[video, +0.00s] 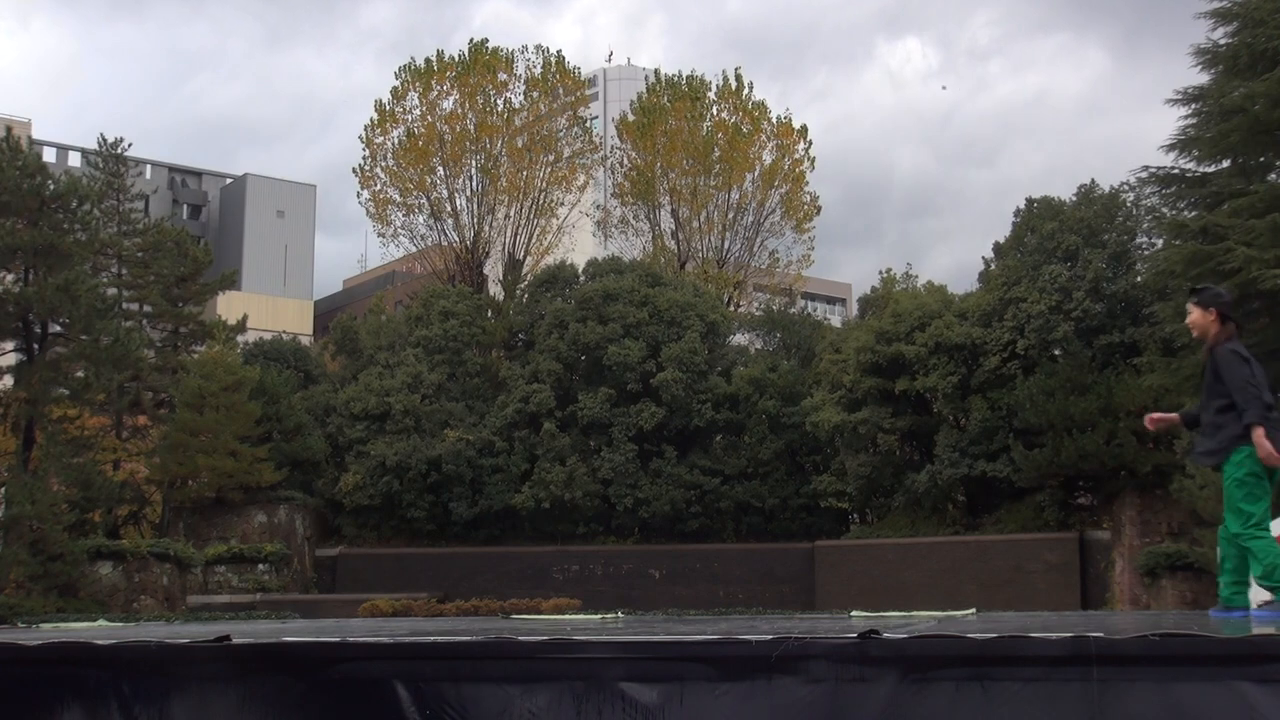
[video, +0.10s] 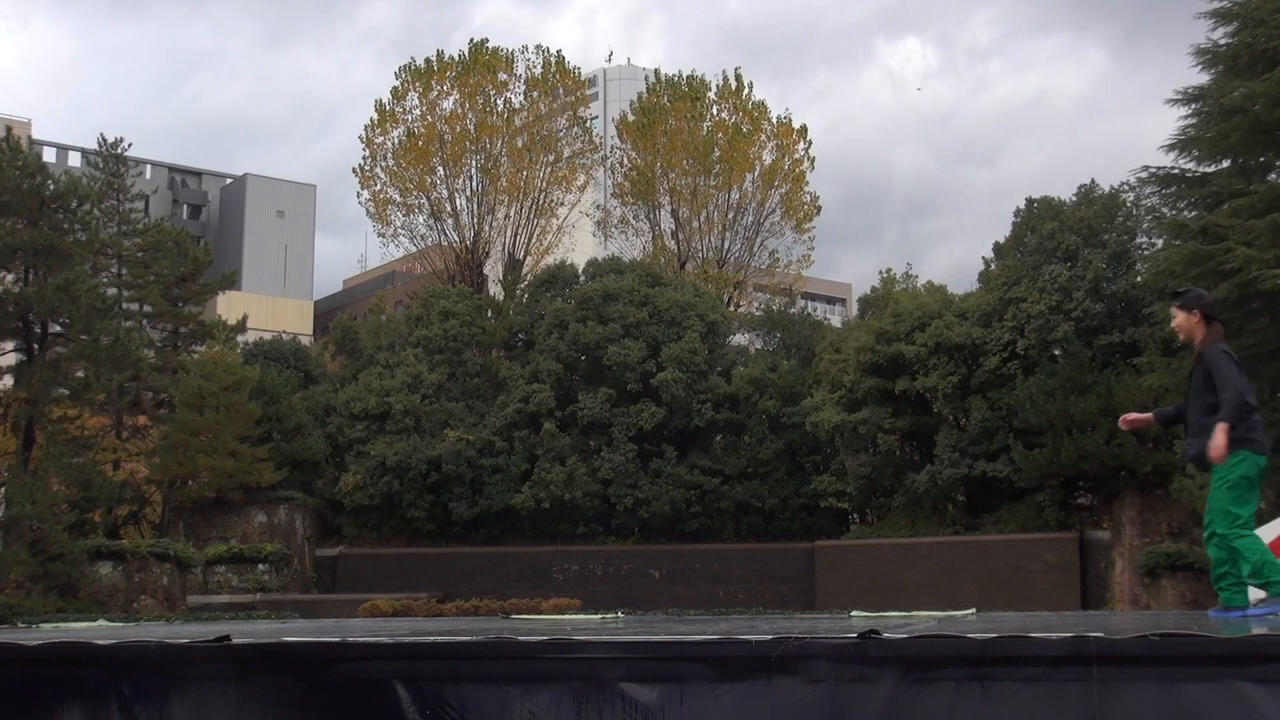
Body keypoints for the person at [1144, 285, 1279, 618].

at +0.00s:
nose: (1187, 321)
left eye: (1191, 313)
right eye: (1187, 314)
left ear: (1212, 314)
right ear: (1212, 316)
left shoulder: (1227, 352)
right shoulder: (1219, 354)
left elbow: (1249, 394)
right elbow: (1213, 411)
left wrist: (1258, 437)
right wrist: (1173, 419)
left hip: (1247, 450)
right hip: (1243, 450)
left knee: (1248, 529)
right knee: (1232, 532)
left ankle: (1279, 592)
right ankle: (1233, 604)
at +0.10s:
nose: (1173, 325)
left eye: (1176, 317)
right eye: (1172, 319)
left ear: (1197, 316)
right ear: (1195, 318)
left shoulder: (1215, 353)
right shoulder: (1203, 357)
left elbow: (1234, 391)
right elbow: (1193, 407)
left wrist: (1221, 428)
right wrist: (1150, 418)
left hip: (1243, 451)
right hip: (1230, 453)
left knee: (1230, 526)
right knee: (1216, 528)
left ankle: (1276, 587)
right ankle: (1233, 601)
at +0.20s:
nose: (1155, 332)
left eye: (1157, 324)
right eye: (1153, 325)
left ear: (1177, 319)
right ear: (1174, 322)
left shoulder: (1205, 351)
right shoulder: (1185, 361)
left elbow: (1215, 387)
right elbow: (1177, 408)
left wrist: (1178, 417)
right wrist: (1145, 425)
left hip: (1233, 449)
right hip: (1213, 453)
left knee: (1203, 515)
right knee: (1211, 520)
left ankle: (1239, 595)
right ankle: (1236, 595)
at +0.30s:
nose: (1137, 344)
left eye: (1138, 335)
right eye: (1134, 337)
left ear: (1157, 327)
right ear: (1155, 330)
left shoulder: (1194, 358)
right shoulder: (1168, 366)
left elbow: (1196, 393)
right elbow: (1183, 409)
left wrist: (1150, 409)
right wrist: (1163, 433)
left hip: (1223, 456)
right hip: (1199, 459)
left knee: (1187, 516)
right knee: (1209, 530)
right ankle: (1237, 599)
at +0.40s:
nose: (1124, 349)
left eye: (1123, 341)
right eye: (1121, 344)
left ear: (1140, 331)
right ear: (1140, 333)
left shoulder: (1178, 358)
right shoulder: (1161, 365)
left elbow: (1179, 399)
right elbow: (1171, 410)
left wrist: (1133, 415)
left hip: (1207, 456)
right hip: (1184, 458)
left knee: (1174, 518)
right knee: (1170, 518)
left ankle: (1185, 599)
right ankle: (1216, 581)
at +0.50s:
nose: (1116, 345)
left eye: (1115, 336)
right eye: (1113, 339)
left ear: (1131, 326)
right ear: (1131, 328)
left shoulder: (1163, 349)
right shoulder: (1150, 357)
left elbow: (1167, 391)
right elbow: (1168, 402)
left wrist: (1132, 420)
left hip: (1197, 451)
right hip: (1170, 454)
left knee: (1173, 521)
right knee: (1140, 498)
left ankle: (1185, 599)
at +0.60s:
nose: (1115, 340)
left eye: (1114, 332)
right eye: (1111, 335)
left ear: (1129, 321)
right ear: (1129, 324)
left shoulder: (1156, 340)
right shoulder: (1149, 347)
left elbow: (1163, 379)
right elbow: (1183, 397)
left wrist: (1140, 411)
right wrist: (1207, 443)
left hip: (1188, 444)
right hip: (1164, 442)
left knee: (1171, 520)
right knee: (1120, 484)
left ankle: (1185, 599)